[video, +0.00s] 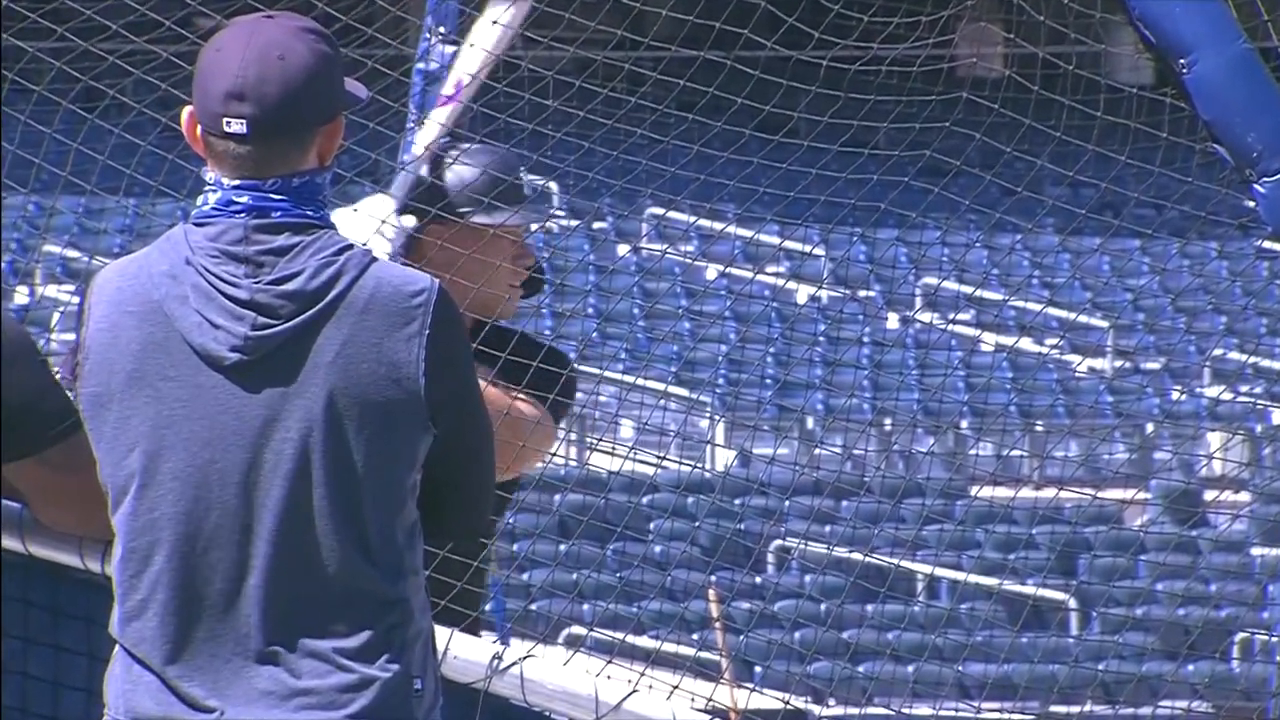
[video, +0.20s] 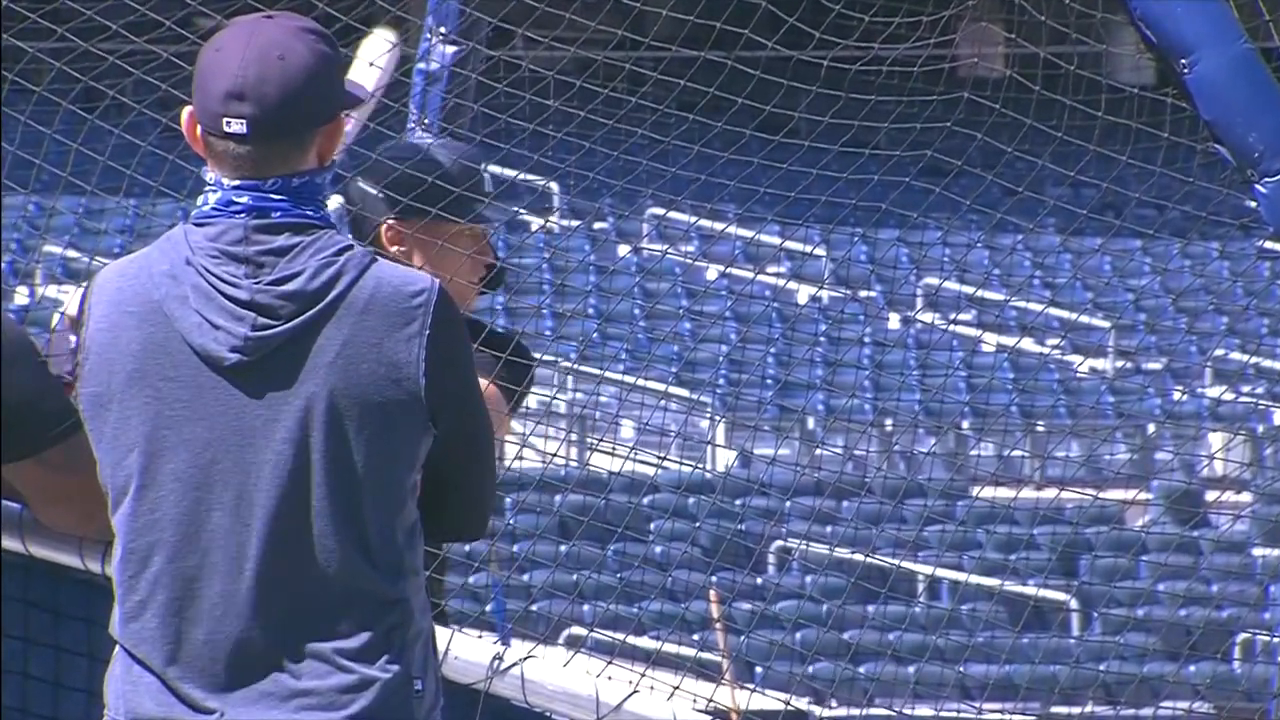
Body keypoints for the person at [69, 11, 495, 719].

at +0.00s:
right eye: (342, 122)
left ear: (191, 135)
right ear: (332, 142)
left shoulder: (112, 297)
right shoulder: (412, 309)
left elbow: (122, 478)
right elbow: (459, 508)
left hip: (150, 698)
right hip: (355, 699)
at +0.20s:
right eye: (345, 124)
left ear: (191, 135)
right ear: (334, 141)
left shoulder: (110, 299)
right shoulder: (413, 309)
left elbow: (116, 477)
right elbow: (462, 510)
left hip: (151, 699)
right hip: (355, 698)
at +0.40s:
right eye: (345, 125)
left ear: (191, 135)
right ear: (333, 142)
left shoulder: (111, 296)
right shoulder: (413, 308)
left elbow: (125, 476)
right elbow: (462, 508)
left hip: (151, 698)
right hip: (353, 697)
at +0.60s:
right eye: (340, 126)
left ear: (188, 134)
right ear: (328, 141)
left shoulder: (109, 294)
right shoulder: (411, 309)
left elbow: (123, 477)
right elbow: (461, 506)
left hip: (150, 699)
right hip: (352, 697)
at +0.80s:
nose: (343, 136)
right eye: (341, 125)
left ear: (188, 132)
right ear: (325, 140)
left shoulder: (106, 298)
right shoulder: (409, 309)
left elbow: (123, 485)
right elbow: (458, 514)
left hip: (145, 699)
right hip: (351, 699)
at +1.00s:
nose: (340, 133)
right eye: (340, 122)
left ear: (186, 134)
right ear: (324, 139)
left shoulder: (106, 298)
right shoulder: (408, 308)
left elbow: (121, 482)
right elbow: (458, 510)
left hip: (148, 700)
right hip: (351, 698)